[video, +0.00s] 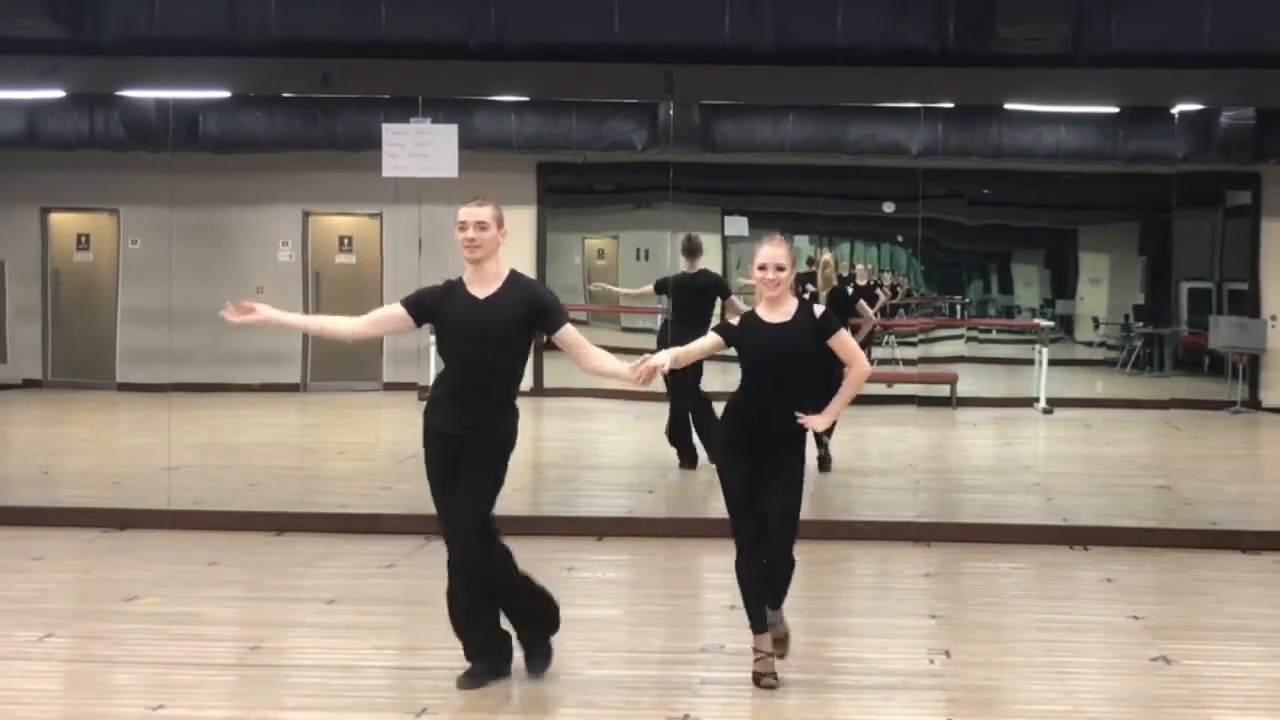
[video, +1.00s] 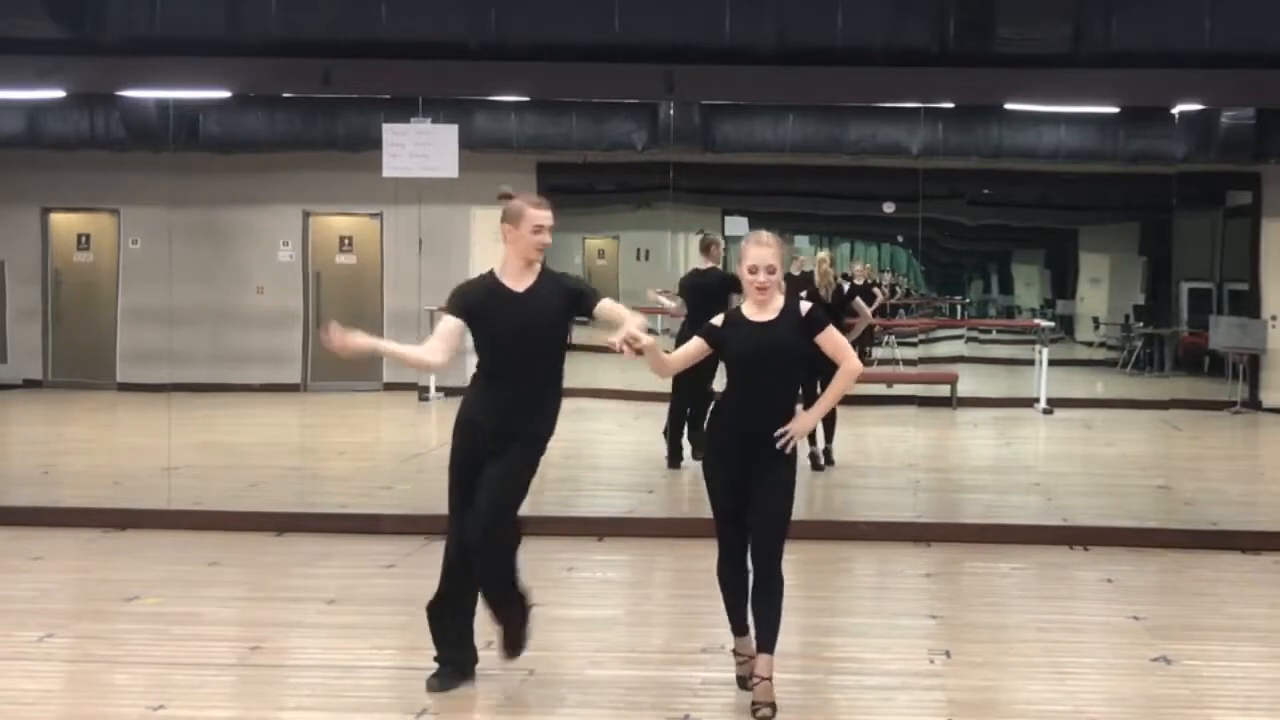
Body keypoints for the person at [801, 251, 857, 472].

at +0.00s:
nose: (825, 271)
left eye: (825, 266)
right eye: (827, 267)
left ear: (816, 269)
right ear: (835, 270)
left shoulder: (804, 288)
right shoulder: (843, 292)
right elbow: (869, 318)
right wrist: (855, 341)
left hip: (810, 350)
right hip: (836, 350)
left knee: (811, 395)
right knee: (835, 397)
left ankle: (821, 444)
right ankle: (825, 440)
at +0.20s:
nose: (827, 273)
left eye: (826, 268)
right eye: (828, 268)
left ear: (818, 270)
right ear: (835, 269)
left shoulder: (808, 293)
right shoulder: (844, 292)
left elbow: (797, 319)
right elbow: (867, 318)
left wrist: (801, 341)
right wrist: (859, 341)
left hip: (814, 351)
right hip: (839, 350)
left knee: (814, 398)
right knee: (831, 397)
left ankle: (822, 446)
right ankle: (827, 443)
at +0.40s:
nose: (827, 271)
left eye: (825, 266)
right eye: (830, 267)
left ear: (818, 269)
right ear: (836, 270)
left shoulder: (806, 292)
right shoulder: (842, 292)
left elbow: (787, 313)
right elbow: (866, 321)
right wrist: (854, 335)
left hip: (816, 349)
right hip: (839, 349)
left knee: (816, 397)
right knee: (836, 399)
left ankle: (822, 442)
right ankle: (829, 446)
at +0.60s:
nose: (828, 271)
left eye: (825, 267)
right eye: (831, 268)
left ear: (820, 271)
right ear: (836, 272)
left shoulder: (808, 294)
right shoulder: (843, 294)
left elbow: (788, 313)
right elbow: (869, 320)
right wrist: (852, 335)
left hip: (818, 350)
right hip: (840, 350)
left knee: (820, 398)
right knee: (837, 401)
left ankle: (820, 439)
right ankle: (830, 446)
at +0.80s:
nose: (825, 268)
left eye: (824, 264)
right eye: (827, 264)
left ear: (818, 267)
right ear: (836, 267)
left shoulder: (808, 292)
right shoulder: (844, 290)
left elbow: (797, 318)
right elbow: (868, 319)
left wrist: (803, 337)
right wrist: (852, 339)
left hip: (814, 350)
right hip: (838, 349)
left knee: (815, 401)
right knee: (833, 402)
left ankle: (815, 448)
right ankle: (829, 449)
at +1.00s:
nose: (823, 266)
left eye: (821, 262)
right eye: (825, 262)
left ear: (814, 265)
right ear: (832, 266)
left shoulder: (803, 287)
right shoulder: (839, 288)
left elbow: (791, 313)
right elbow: (866, 316)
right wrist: (849, 338)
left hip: (807, 350)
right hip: (832, 349)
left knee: (809, 400)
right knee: (829, 400)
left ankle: (813, 448)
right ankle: (828, 446)